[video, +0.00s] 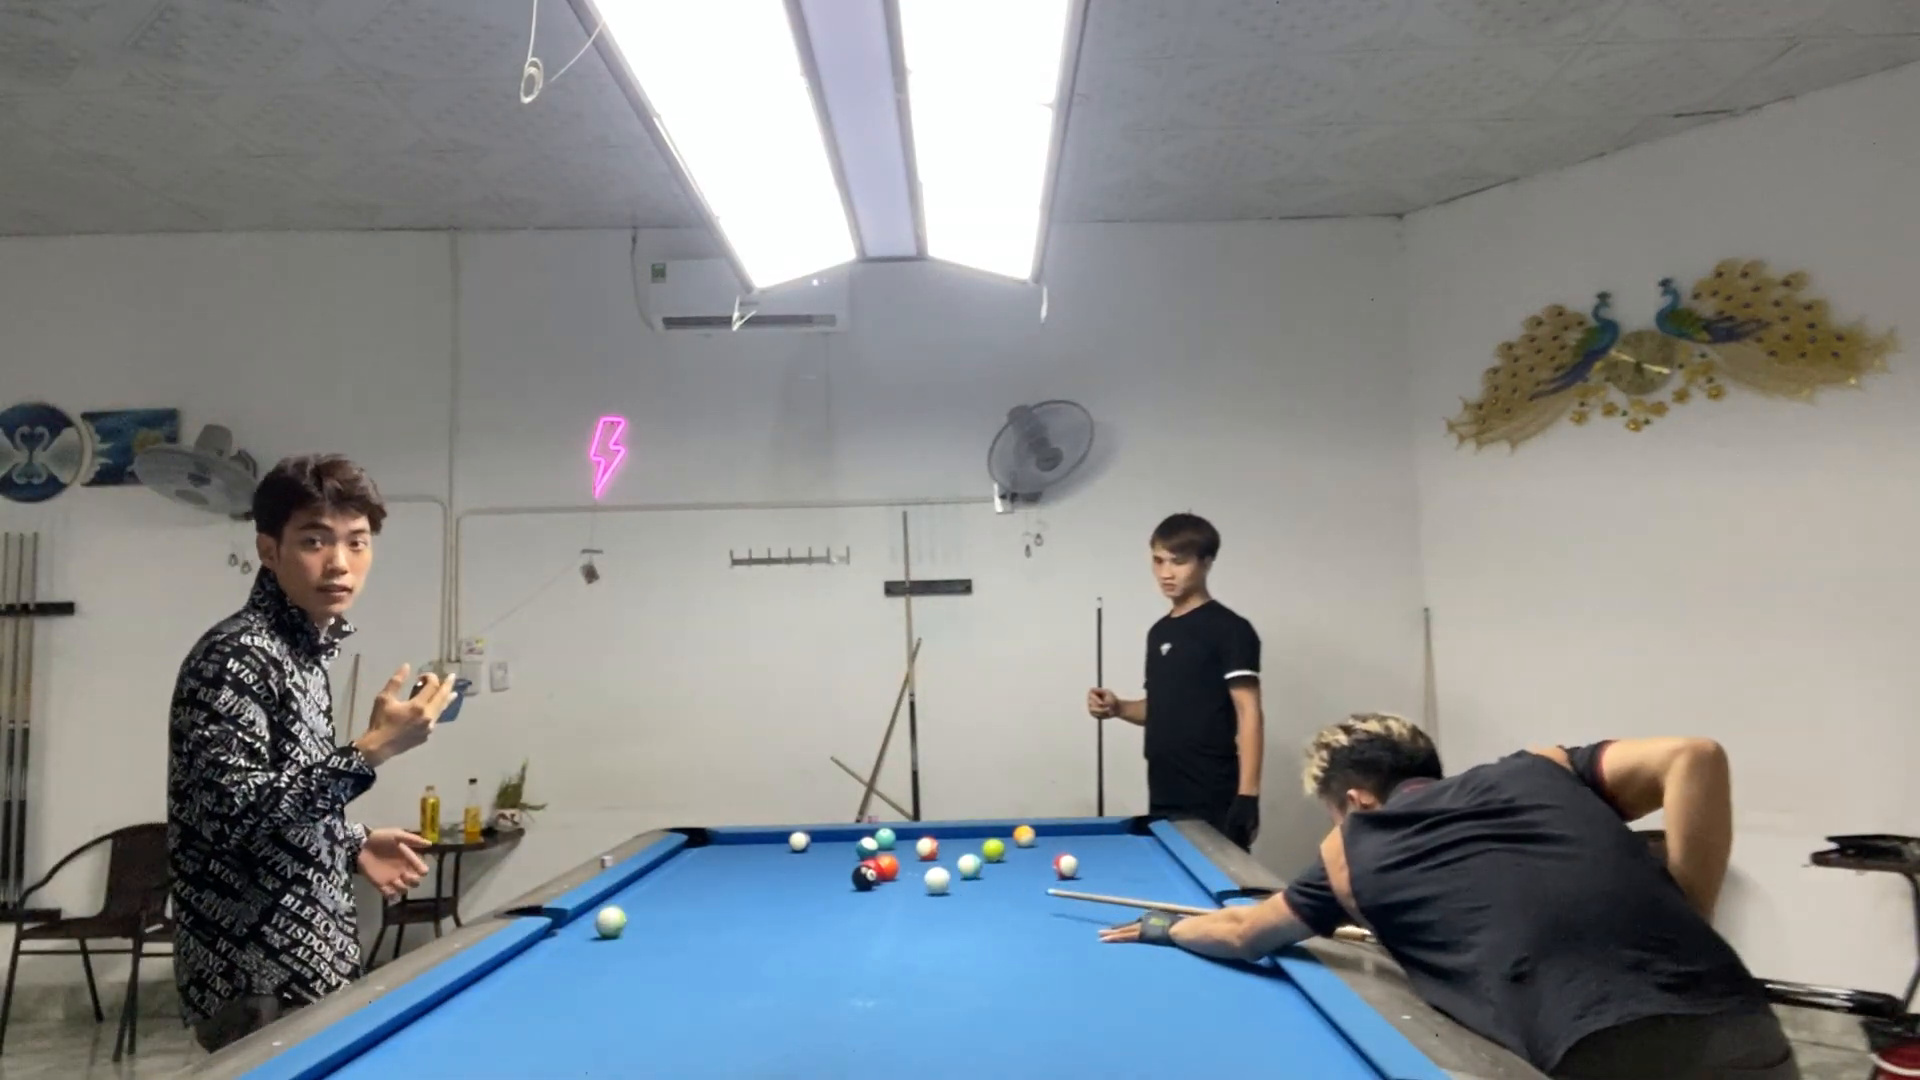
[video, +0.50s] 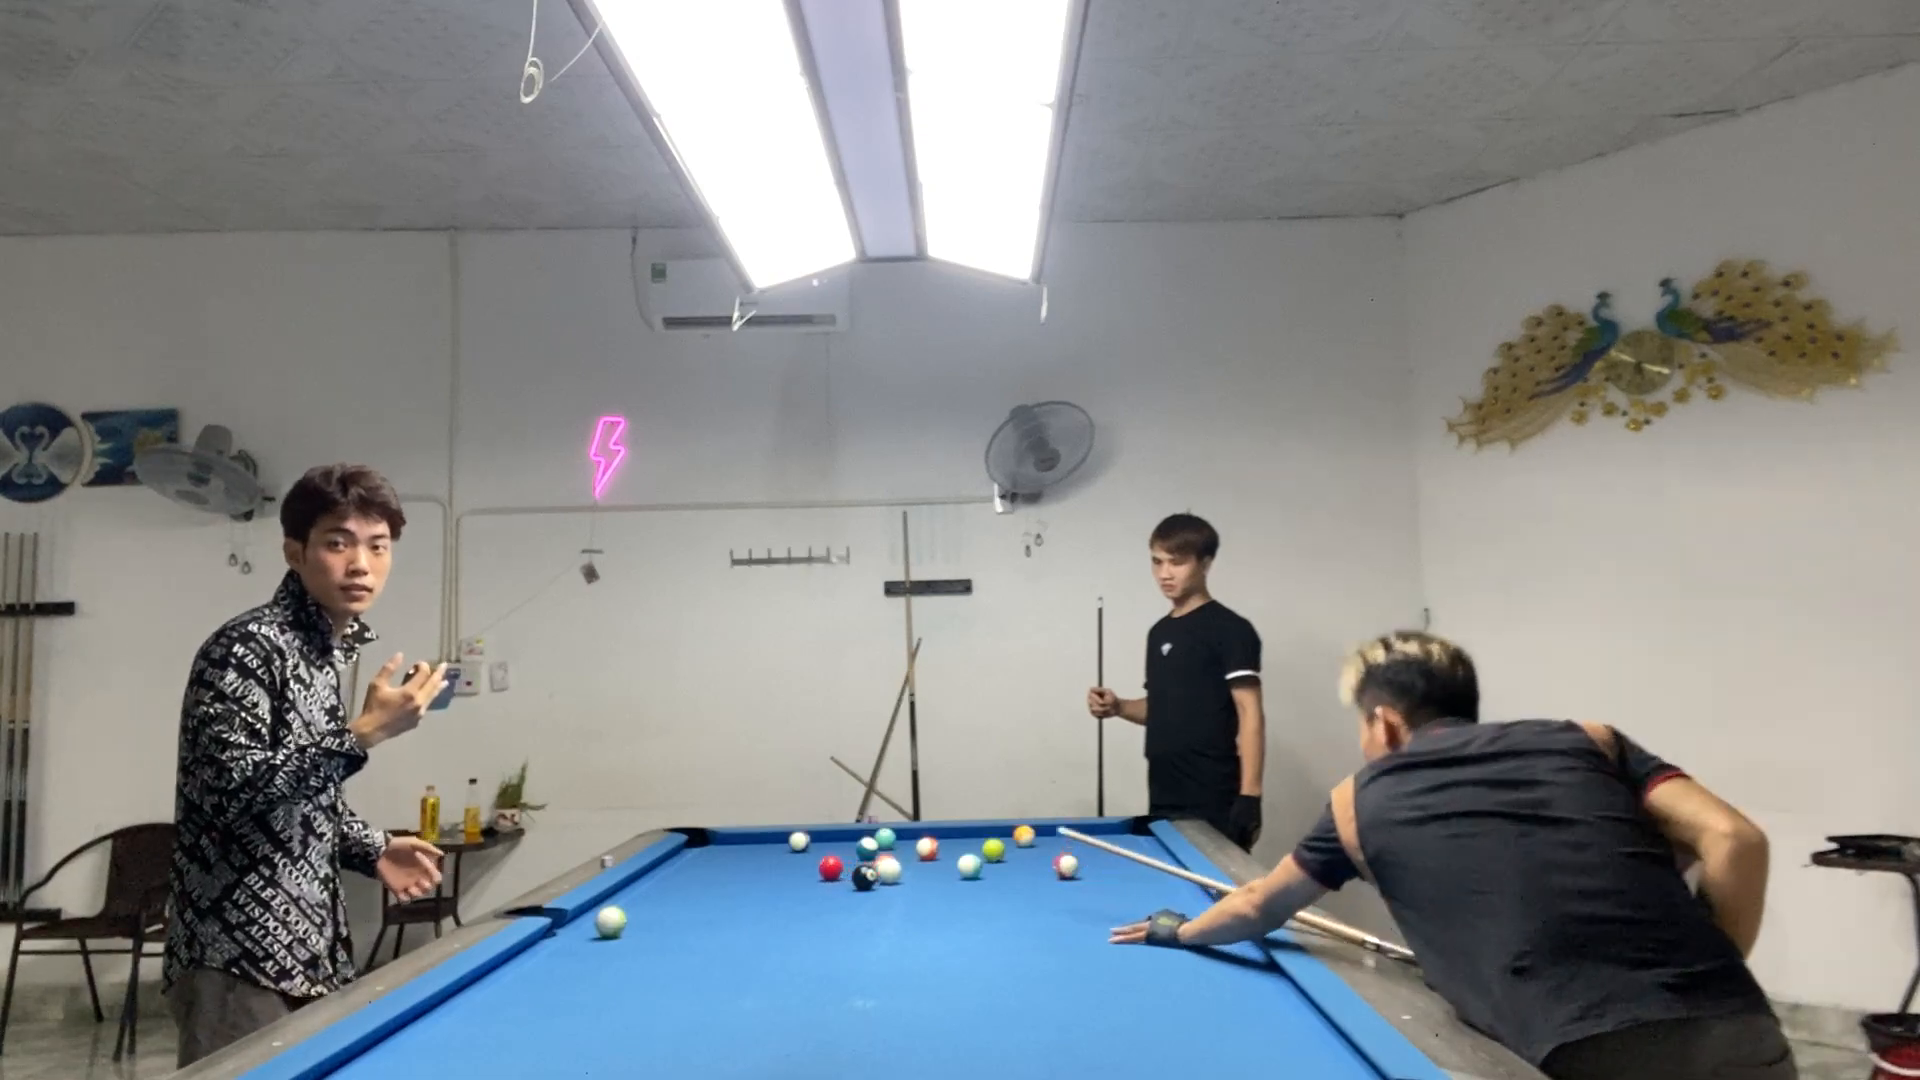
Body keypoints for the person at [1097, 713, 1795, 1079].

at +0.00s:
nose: (1336, 824)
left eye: (1332, 812)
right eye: (1332, 814)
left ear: (1356, 800)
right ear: (1428, 767)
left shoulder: (1354, 846)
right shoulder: (1539, 765)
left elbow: (1241, 934)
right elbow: (1695, 762)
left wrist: (1168, 921)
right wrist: (1687, 924)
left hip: (1608, 1052)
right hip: (1744, 1030)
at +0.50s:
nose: (1358, 745)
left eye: (1359, 724)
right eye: (1359, 724)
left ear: (1389, 725)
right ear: (1471, 710)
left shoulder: (1362, 800)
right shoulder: (1588, 740)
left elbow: (1258, 904)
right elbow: (1736, 840)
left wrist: (1182, 932)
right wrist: (1708, 981)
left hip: (1594, 1050)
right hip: (1742, 1035)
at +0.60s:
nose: (1388, 677)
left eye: (1387, 659)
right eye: (1385, 658)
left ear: (1417, 662)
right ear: (1502, 654)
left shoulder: (1378, 750)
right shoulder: (1623, 712)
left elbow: (1275, 874)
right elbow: (1752, 850)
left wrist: (1204, 931)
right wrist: (1717, 988)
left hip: (1579, 1047)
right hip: (1730, 1031)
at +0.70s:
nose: (1431, 611)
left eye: (1435, 590)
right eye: (1434, 590)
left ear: (1462, 599)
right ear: (1551, 603)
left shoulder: (1406, 700)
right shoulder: (1664, 692)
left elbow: (1302, 845)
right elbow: (1782, 854)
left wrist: (1232, 922)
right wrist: (1727, 992)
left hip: (1568, 1043)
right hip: (1734, 1040)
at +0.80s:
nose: (1488, 567)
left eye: (1492, 549)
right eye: (1492, 548)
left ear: (1520, 557)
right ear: (1615, 568)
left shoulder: (1446, 670)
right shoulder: (1717, 684)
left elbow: (1342, 826)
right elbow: (1821, 865)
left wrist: (1272, 916)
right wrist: (1748, 1000)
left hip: (1552, 1043)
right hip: (1735, 1039)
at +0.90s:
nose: (1542, 546)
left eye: (1547, 526)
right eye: (1546, 526)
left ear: (1579, 537)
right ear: (1674, 549)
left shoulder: (1496, 652)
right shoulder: (1775, 685)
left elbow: (1400, 826)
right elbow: (1862, 875)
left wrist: (1331, 933)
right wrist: (1775, 1000)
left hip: (1569, 1045)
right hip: (1752, 1045)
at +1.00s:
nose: (1586, 535)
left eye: (1593, 514)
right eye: (1591, 513)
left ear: (1628, 528)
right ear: (1721, 540)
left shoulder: (1539, 644)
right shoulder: (1821, 686)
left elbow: (1469, 830)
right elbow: (1897, 892)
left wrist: (1405, 960)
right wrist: (1797, 1001)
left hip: (1594, 1042)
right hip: (1775, 1047)